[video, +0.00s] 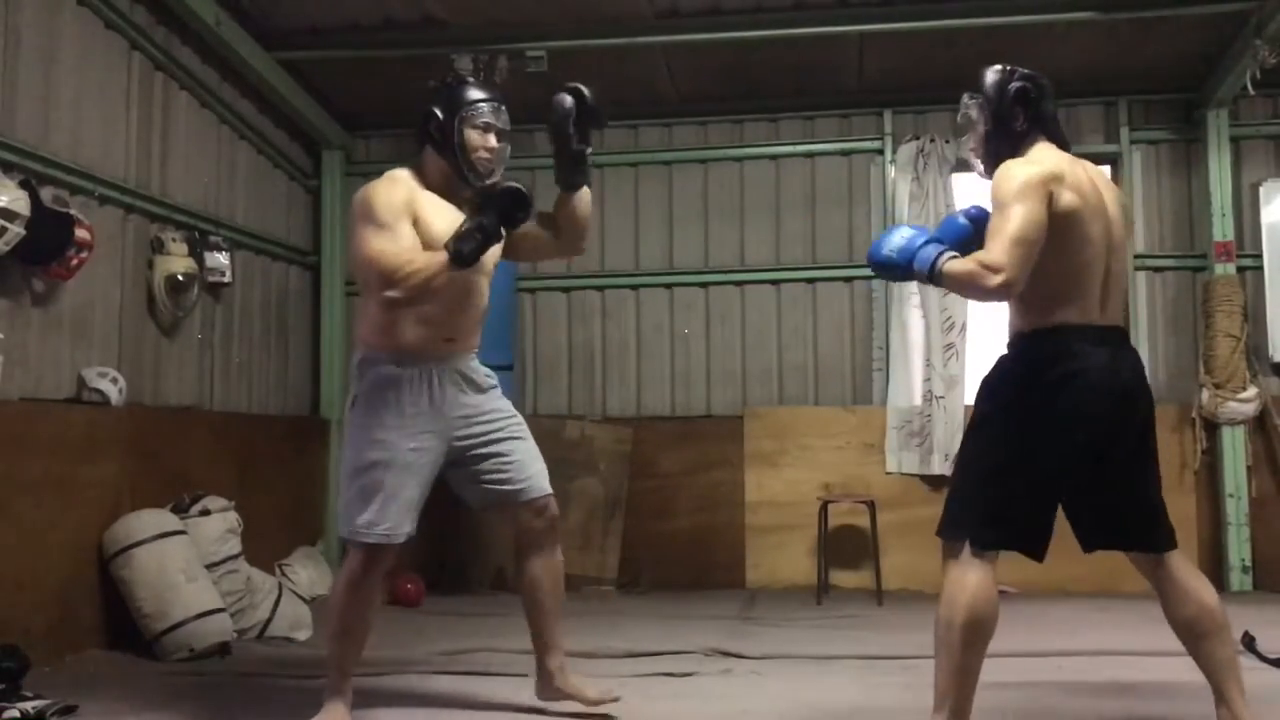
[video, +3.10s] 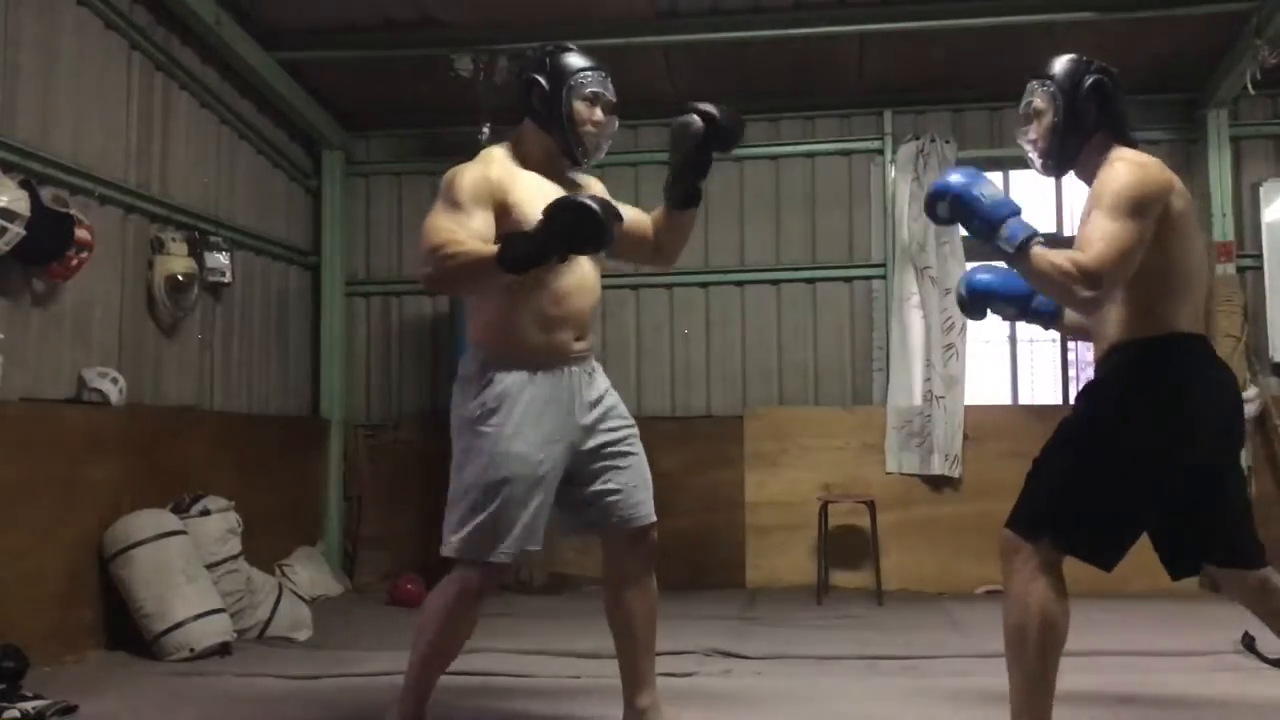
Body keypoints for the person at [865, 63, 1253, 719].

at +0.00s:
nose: (968, 139)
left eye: (972, 122)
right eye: (967, 123)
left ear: (1003, 120)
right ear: (1037, 118)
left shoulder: (1023, 174)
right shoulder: (1100, 178)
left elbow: (998, 277)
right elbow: (1074, 263)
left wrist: (926, 260)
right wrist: (991, 231)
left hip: (1041, 378)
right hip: (1118, 376)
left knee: (970, 547)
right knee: (1158, 553)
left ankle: (948, 713)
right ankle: (1237, 708)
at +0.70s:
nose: (978, 135)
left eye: (981, 120)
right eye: (976, 122)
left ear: (1015, 115)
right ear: (1052, 114)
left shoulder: (1012, 169)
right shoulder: (1117, 178)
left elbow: (913, 228)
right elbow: (1094, 259)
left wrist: (870, 181)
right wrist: (1002, 249)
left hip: (1047, 375)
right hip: (1133, 372)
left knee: (965, 551)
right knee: (1186, 554)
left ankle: (947, 714)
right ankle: (1255, 709)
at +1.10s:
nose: (1043, 139)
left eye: (1050, 123)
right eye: (1044, 123)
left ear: (1084, 124)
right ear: (1122, 125)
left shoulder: (1088, 187)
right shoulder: (1198, 195)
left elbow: (1007, 287)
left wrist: (931, 269)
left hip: (1111, 393)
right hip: (1199, 393)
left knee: (1015, 557)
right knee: (1242, 574)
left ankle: (959, 709)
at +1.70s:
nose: (1043, 142)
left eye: (1044, 125)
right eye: (1039, 129)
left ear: (1066, 117)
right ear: (1119, 114)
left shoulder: (1095, 169)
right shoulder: (1187, 177)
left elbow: (984, 234)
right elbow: (1170, 311)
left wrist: (959, 161)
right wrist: (1066, 305)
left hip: (1141, 377)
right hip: (1224, 376)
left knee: (1035, 543)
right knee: (1241, 556)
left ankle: (1034, 712)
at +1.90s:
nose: (1060, 131)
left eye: (1064, 113)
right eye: (1057, 115)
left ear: (1098, 109)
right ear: (1135, 109)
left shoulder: (1127, 166)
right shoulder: (1201, 174)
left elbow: (1032, 252)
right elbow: (1155, 313)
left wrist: (985, 189)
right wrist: (1068, 282)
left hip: (1156, 379)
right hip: (1239, 376)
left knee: (1061, 549)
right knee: (1272, 563)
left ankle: (1038, 711)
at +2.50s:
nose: (1049, 139)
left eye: (1059, 122)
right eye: (1046, 126)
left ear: (1106, 119)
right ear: (1118, 125)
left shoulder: (1141, 181)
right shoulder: (1174, 183)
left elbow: (1109, 305)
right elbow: (1134, 290)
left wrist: (1023, 260)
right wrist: (1057, 244)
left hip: (1161, 390)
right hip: (1218, 390)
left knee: (1037, 548)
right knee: (1239, 571)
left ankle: (1030, 713)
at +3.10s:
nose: (1025, 132)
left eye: (1035, 114)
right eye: (1025, 117)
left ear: (1077, 112)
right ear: (1090, 117)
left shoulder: (1130, 171)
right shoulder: (1135, 184)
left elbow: (1089, 281)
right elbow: (1119, 322)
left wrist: (1004, 227)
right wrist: (1032, 303)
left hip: (1144, 386)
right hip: (1194, 387)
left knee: (1029, 549)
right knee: (1239, 570)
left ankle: (1029, 712)